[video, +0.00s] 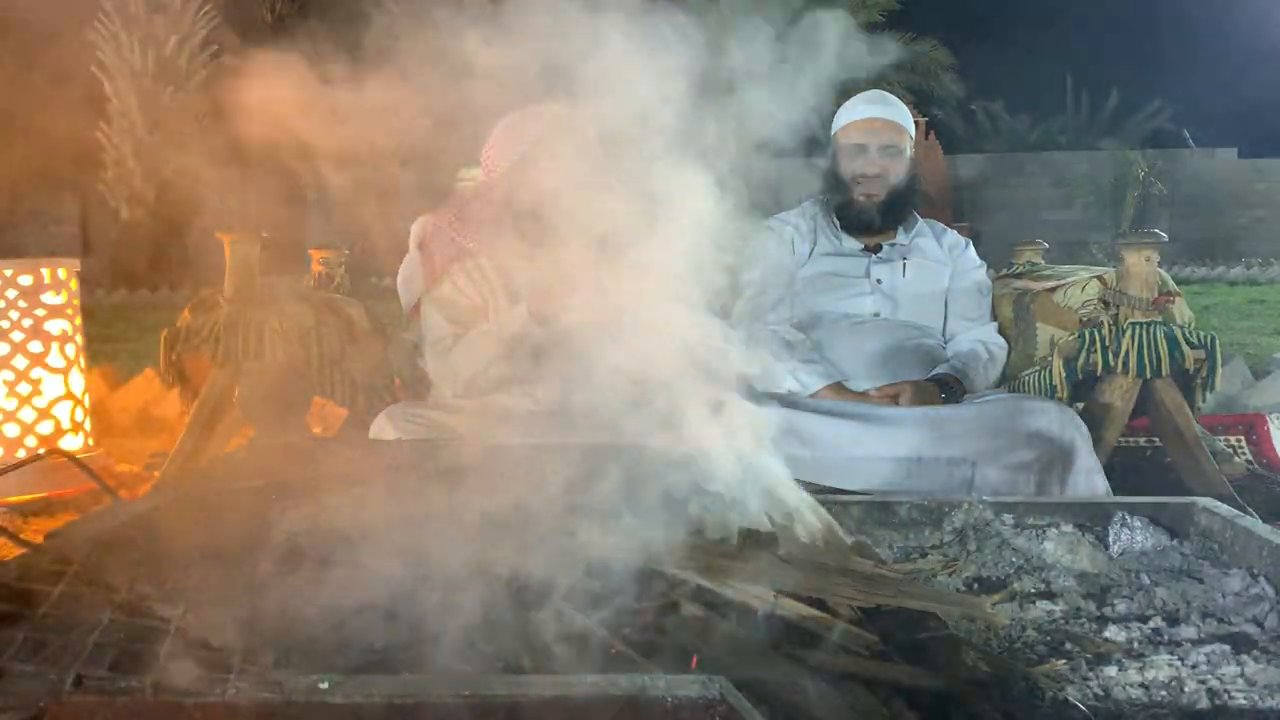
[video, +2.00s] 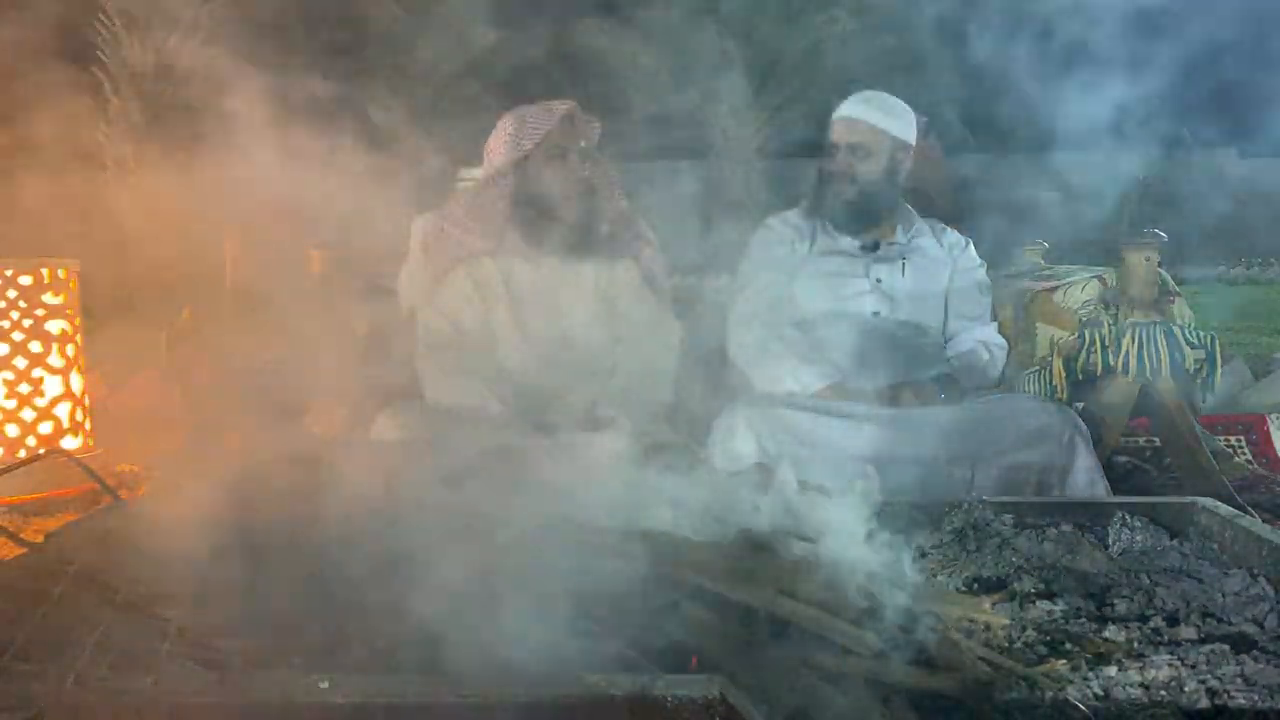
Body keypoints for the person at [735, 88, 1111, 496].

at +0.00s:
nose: (871, 167)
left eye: (888, 152)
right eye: (857, 151)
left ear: (912, 162)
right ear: (834, 158)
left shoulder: (951, 249)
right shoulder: (785, 237)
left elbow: (980, 343)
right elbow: (758, 335)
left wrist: (938, 390)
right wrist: (835, 396)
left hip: (934, 420)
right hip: (823, 417)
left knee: (1053, 425)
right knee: (741, 428)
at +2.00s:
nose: (838, 167)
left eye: (857, 154)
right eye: (832, 152)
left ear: (901, 163)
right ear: (823, 156)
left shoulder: (952, 251)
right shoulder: (784, 237)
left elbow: (983, 345)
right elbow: (750, 343)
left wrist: (934, 387)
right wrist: (825, 392)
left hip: (931, 427)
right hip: (822, 427)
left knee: (1053, 427)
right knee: (741, 425)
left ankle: (1092, 574)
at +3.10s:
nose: (843, 169)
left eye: (864, 155)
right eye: (837, 152)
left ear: (905, 164)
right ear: (826, 156)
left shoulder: (953, 247)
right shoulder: (785, 231)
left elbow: (981, 342)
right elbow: (755, 329)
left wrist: (940, 388)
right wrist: (838, 397)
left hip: (936, 420)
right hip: (821, 417)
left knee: (1054, 427)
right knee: (740, 428)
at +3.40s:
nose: (847, 174)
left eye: (867, 159)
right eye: (838, 157)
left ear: (905, 164)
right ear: (826, 159)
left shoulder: (951, 246)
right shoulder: (784, 233)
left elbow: (981, 342)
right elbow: (756, 331)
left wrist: (939, 388)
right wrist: (838, 396)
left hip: (933, 419)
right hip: (817, 415)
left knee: (1054, 425)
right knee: (744, 428)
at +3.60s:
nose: (855, 175)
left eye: (876, 160)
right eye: (844, 157)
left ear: (908, 166)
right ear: (829, 159)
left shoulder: (952, 247)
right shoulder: (783, 233)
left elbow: (981, 342)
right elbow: (756, 332)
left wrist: (939, 388)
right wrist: (838, 397)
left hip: (932, 419)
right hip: (818, 415)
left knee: (1052, 425)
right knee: (741, 431)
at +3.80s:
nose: (875, 175)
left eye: (894, 159)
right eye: (860, 156)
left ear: (915, 166)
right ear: (836, 158)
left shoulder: (952, 247)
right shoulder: (786, 233)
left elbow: (981, 343)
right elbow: (755, 332)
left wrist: (939, 389)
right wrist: (843, 399)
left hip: (935, 419)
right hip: (824, 417)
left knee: (1052, 424)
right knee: (744, 424)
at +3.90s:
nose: (885, 175)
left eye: (902, 160)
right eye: (869, 156)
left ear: (919, 166)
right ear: (839, 158)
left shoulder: (954, 248)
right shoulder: (784, 234)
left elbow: (981, 344)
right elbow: (761, 339)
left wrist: (939, 388)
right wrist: (839, 398)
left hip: (935, 418)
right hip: (824, 416)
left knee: (1052, 424)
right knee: (754, 432)